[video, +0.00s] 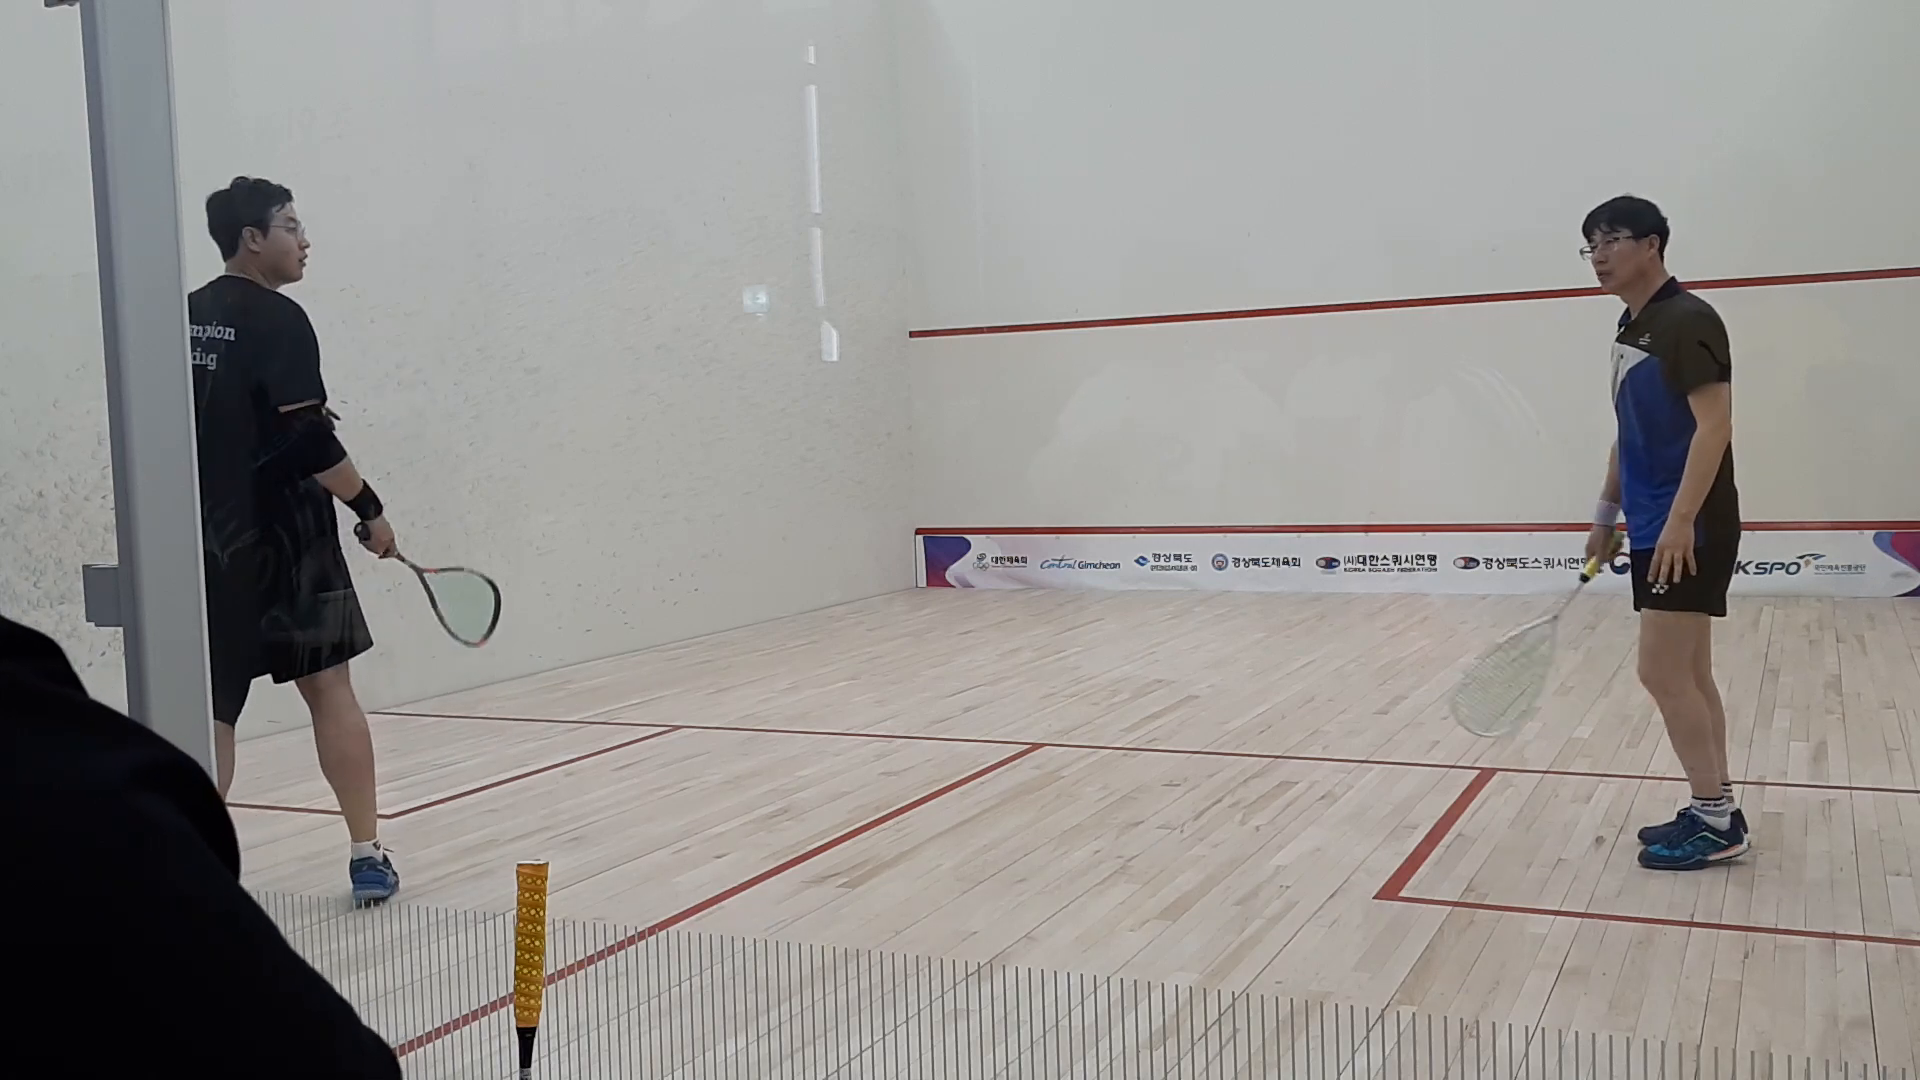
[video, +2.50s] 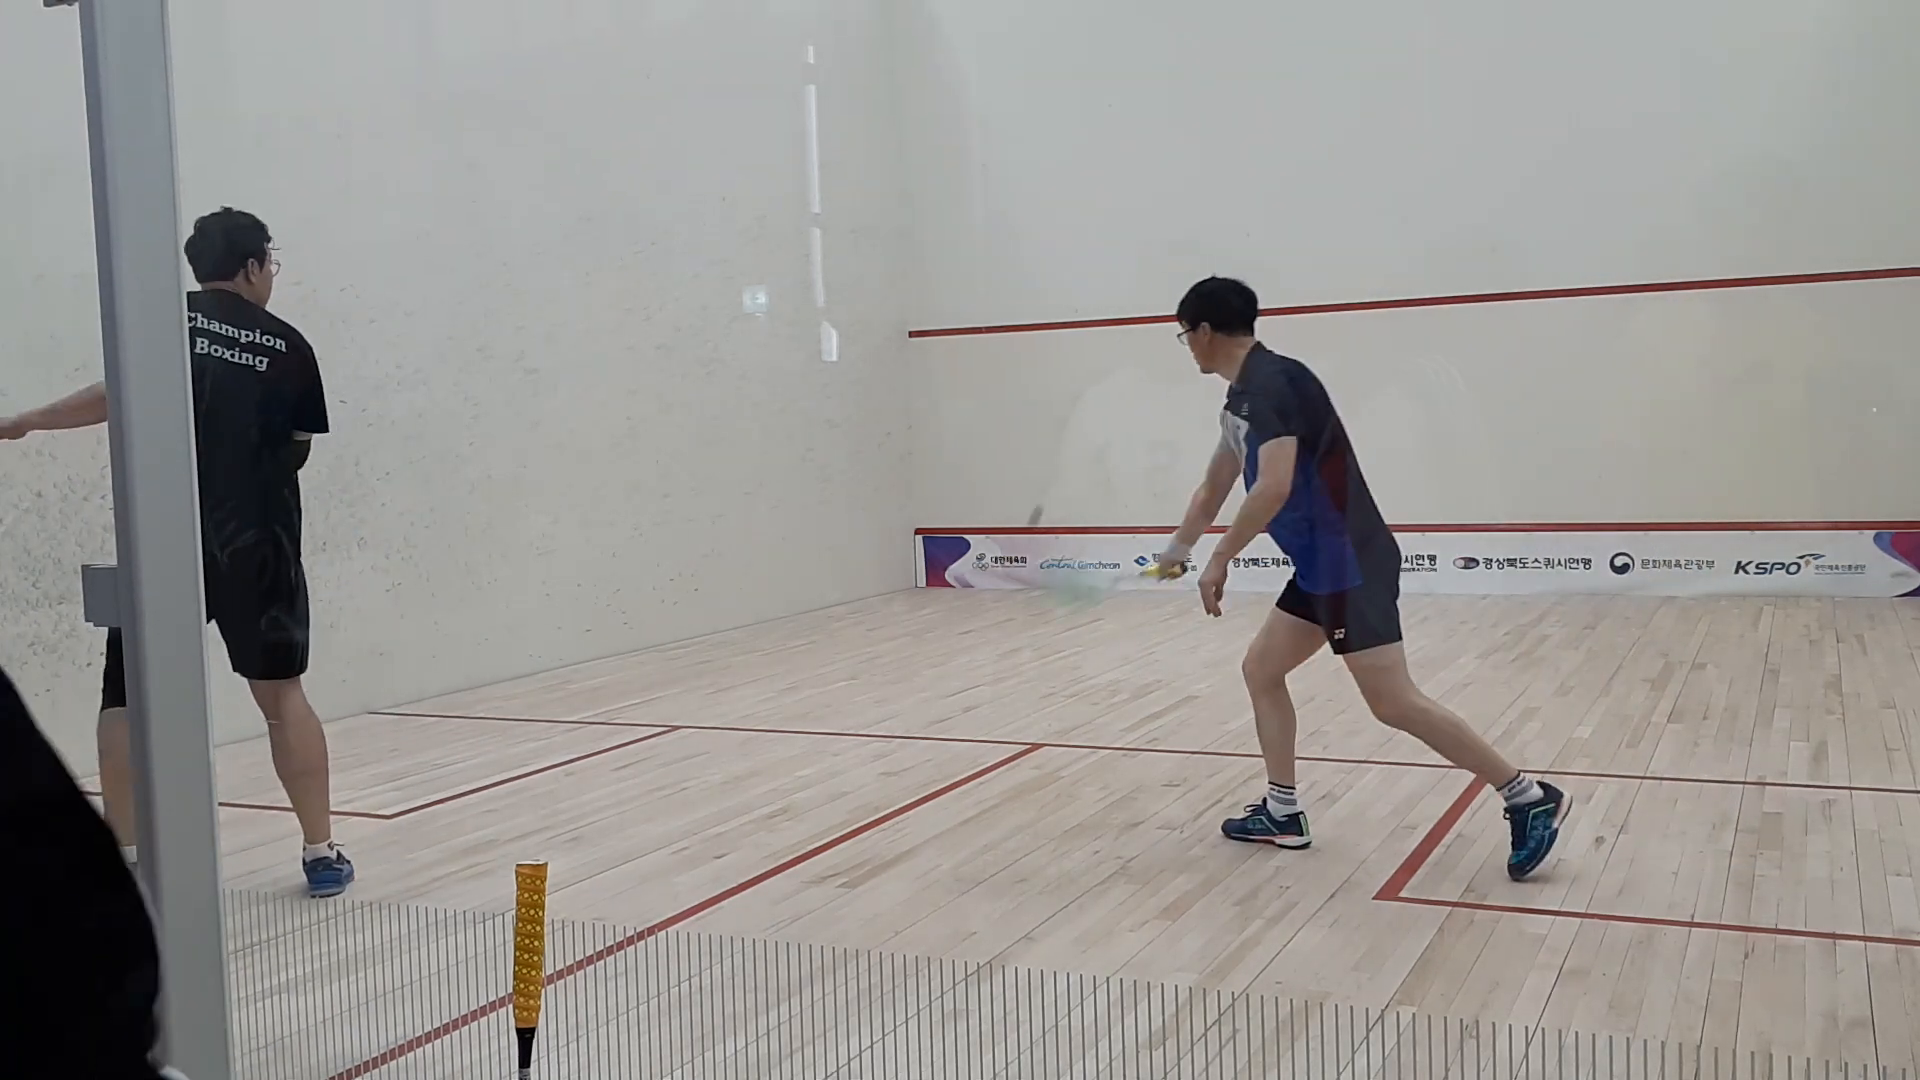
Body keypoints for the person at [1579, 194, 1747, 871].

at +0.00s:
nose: (1597, 256)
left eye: (1610, 243)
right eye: (1592, 247)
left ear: (1652, 246)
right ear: (1596, 257)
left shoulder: (1687, 321)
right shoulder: (1632, 329)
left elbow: (1715, 427)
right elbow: (1629, 437)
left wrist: (1680, 519)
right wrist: (1607, 518)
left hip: (1689, 525)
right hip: (1659, 525)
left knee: (1662, 672)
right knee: (1691, 672)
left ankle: (1712, 816)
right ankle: (1716, 808)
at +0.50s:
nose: (1578, 247)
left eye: (1594, 235)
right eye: (1571, 240)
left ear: (1632, 248)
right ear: (1566, 260)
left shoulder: (1663, 329)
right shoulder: (1585, 345)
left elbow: (1699, 434)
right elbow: (1549, 435)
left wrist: (1684, 531)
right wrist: (1505, 444)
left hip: (1645, 540)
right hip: (1612, 539)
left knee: (1613, 681)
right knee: (1664, 679)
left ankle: (1606, 837)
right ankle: (1714, 802)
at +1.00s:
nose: (1512, 259)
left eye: (1523, 245)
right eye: (1510, 247)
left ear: (1569, 245)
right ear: (1539, 253)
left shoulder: (1620, 323)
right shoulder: (1547, 334)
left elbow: (1653, 432)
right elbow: (1509, 431)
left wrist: (1623, 524)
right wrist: (1458, 444)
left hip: (1610, 533)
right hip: (1573, 533)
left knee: (1587, 684)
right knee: (1625, 676)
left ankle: (1602, 839)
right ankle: (1693, 783)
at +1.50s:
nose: (1464, 270)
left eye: (1473, 256)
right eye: (1464, 257)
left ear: (1515, 254)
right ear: (1503, 259)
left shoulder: (1584, 329)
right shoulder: (1504, 346)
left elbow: (1631, 437)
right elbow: (1462, 430)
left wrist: (1608, 532)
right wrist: (1387, 448)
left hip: (1595, 538)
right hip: (1557, 541)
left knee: (1579, 688)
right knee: (1614, 674)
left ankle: (1600, 838)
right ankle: (1683, 778)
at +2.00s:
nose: (1379, 296)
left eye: (1386, 281)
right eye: (1377, 283)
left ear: (1424, 275)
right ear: (1418, 279)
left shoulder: (1501, 341)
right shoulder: (1416, 352)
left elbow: (1458, 445)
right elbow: (1378, 437)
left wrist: (1358, 466)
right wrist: (1353, 400)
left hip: (1542, 546)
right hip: (1484, 545)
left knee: (1554, 692)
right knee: (1424, 659)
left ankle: (1601, 838)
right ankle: (1407, 805)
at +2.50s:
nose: (1186, 344)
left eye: (1187, 332)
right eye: (1185, 333)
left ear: (1209, 331)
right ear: (1234, 326)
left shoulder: (1273, 383)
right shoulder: (1242, 395)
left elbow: (1274, 487)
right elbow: (1214, 486)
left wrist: (1221, 557)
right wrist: (1176, 549)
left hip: (1357, 564)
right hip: (1322, 568)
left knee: (1394, 702)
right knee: (1261, 669)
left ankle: (1528, 796)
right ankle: (1281, 810)